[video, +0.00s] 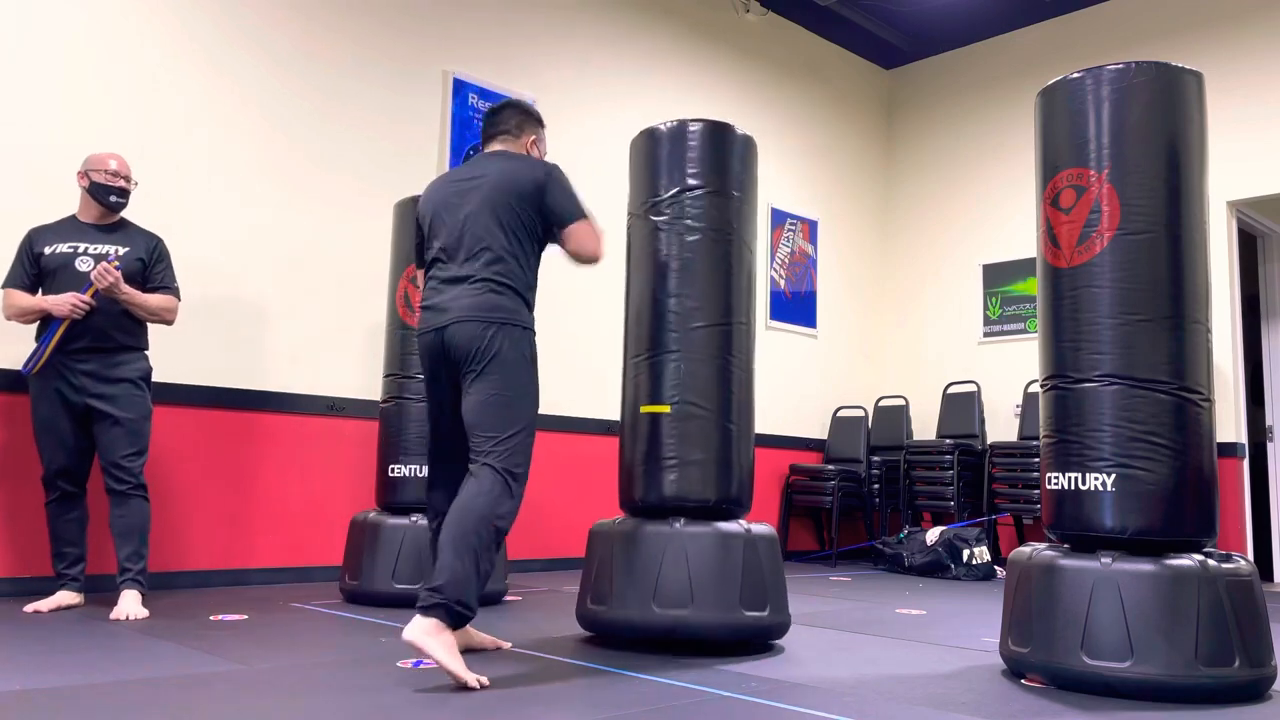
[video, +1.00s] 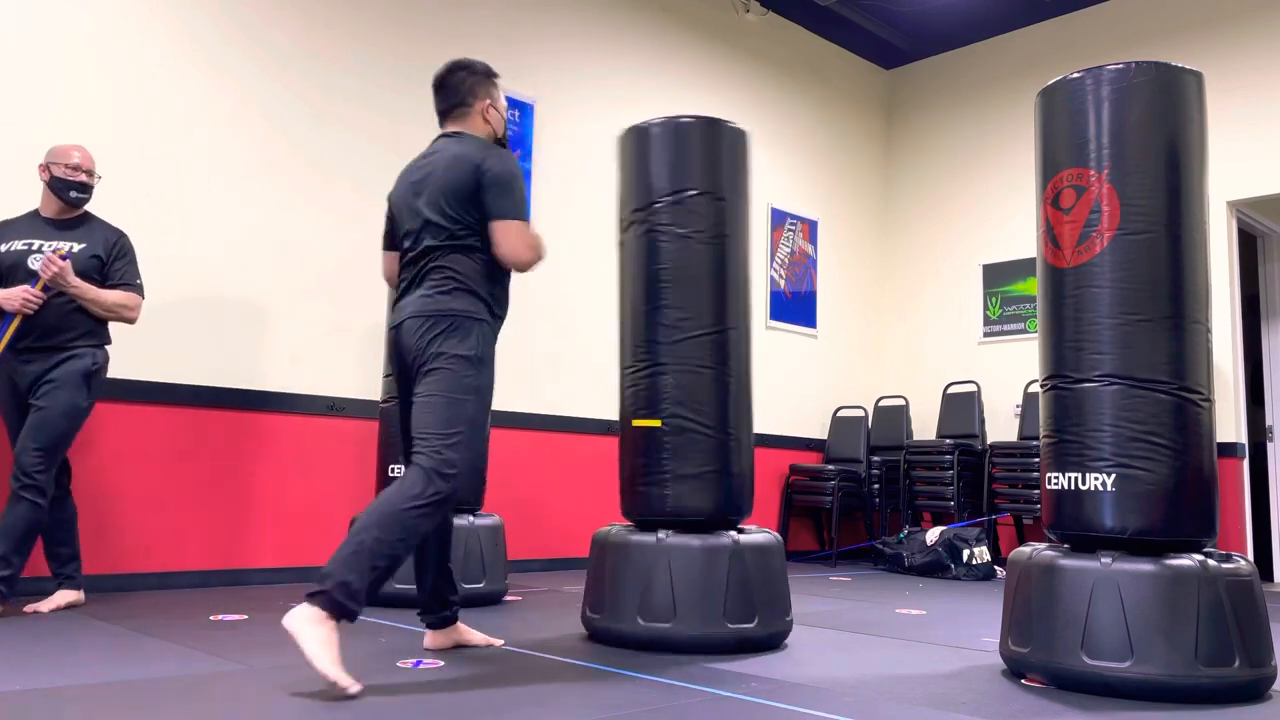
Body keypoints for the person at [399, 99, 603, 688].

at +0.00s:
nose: (543, 153)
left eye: (542, 145)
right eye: (543, 145)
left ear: (484, 140)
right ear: (531, 140)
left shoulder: (437, 187)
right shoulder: (538, 172)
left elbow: (425, 266)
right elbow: (588, 248)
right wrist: (555, 214)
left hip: (434, 329)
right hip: (495, 327)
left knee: (448, 468)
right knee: (496, 468)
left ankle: (457, 617)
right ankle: (435, 618)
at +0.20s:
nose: (544, 138)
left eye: (543, 129)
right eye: (543, 128)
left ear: (486, 123)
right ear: (527, 122)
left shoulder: (441, 181)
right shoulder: (531, 166)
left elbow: (434, 269)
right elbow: (570, 257)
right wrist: (577, 224)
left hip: (441, 326)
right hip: (489, 326)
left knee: (467, 478)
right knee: (463, 483)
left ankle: (453, 625)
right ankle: (405, 644)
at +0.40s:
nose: (549, 119)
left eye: (546, 110)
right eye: (545, 109)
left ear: (498, 111)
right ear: (525, 110)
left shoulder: (481, 163)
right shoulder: (504, 160)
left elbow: (499, 245)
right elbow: (533, 248)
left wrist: (549, 224)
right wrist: (574, 237)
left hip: (492, 345)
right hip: (481, 344)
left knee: (507, 477)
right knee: (452, 486)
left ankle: (440, 604)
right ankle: (399, 649)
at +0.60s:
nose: (550, 134)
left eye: (549, 126)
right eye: (547, 125)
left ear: (491, 125)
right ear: (532, 123)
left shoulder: (468, 180)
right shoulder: (514, 155)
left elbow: (515, 282)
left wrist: (579, 252)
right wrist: (574, 174)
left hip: (450, 329)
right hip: (493, 328)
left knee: (480, 477)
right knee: (498, 480)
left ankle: (447, 615)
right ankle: (416, 630)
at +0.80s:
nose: (539, 134)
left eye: (537, 126)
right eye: (537, 125)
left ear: (480, 125)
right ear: (521, 122)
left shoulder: (439, 182)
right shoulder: (528, 154)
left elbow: (435, 261)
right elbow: (621, 200)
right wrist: (658, 216)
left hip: (429, 321)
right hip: (479, 317)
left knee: (448, 471)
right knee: (453, 473)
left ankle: (444, 622)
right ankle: (404, 634)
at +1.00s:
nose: (505, 114)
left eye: (501, 104)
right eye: (502, 105)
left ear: (444, 111)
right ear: (489, 106)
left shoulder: (410, 173)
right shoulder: (491, 160)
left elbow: (392, 272)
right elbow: (514, 249)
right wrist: (537, 243)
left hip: (408, 319)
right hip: (458, 314)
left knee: (434, 472)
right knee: (442, 470)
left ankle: (441, 623)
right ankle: (322, 611)